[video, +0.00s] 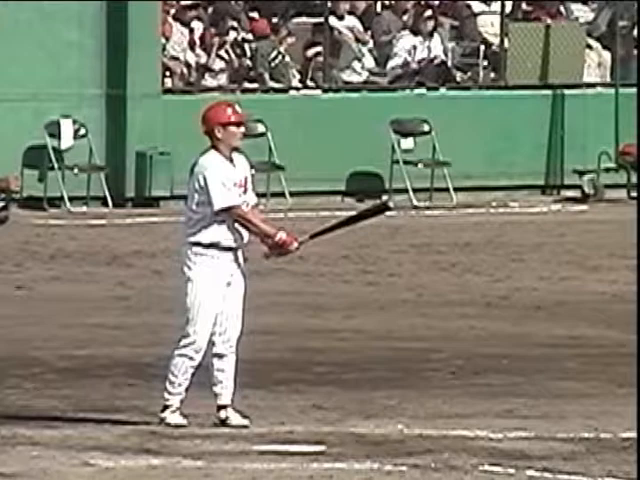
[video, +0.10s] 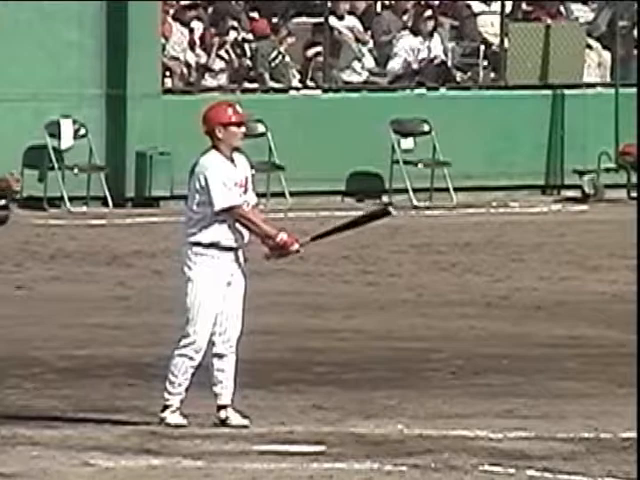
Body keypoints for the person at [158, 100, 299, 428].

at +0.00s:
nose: (242, 129)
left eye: (241, 124)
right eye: (235, 125)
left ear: (234, 130)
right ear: (217, 131)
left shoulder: (241, 164)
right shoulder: (209, 166)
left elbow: (250, 209)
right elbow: (234, 211)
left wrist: (269, 239)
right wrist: (275, 234)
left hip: (232, 255)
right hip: (205, 256)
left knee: (228, 336)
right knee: (197, 333)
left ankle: (224, 405)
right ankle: (171, 404)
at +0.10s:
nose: (242, 129)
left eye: (242, 124)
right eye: (236, 125)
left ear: (235, 130)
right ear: (218, 131)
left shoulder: (242, 164)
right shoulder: (209, 166)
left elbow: (249, 209)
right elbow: (235, 211)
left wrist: (270, 240)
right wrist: (276, 235)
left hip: (233, 255)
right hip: (205, 256)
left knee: (228, 336)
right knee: (198, 334)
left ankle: (224, 406)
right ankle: (171, 404)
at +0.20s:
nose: (244, 130)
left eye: (243, 125)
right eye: (237, 125)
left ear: (235, 131)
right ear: (219, 131)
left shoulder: (242, 164)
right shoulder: (211, 166)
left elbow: (250, 210)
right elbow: (240, 212)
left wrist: (274, 244)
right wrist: (280, 239)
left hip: (232, 256)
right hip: (205, 256)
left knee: (228, 336)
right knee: (198, 334)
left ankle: (224, 406)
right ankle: (171, 404)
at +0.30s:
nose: (244, 130)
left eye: (244, 125)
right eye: (238, 125)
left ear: (238, 130)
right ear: (220, 130)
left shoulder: (242, 164)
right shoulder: (213, 166)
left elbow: (252, 211)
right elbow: (239, 213)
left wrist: (274, 247)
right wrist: (275, 245)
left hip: (234, 256)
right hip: (207, 256)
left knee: (228, 336)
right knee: (198, 333)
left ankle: (225, 405)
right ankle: (171, 404)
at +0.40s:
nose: (247, 131)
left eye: (247, 126)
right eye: (241, 126)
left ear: (236, 131)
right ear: (224, 132)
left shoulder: (244, 166)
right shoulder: (213, 167)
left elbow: (254, 213)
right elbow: (232, 216)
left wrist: (271, 251)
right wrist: (265, 252)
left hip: (234, 254)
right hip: (207, 255)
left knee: (230, 331)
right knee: (201, 331)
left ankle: (224, 406)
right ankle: (172, 405)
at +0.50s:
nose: (251, 131)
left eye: (250, 125)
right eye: (245, 126)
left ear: (237, 131)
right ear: (228, 132)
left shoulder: (245, 165)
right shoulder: (212, 168)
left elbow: (255, 212)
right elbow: (224, 220)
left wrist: (267, 251)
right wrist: (250, 258)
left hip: (236, 255)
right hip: (207, 255)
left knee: (230, 336)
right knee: (200, 334)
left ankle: (224, 405)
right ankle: (172, 404)